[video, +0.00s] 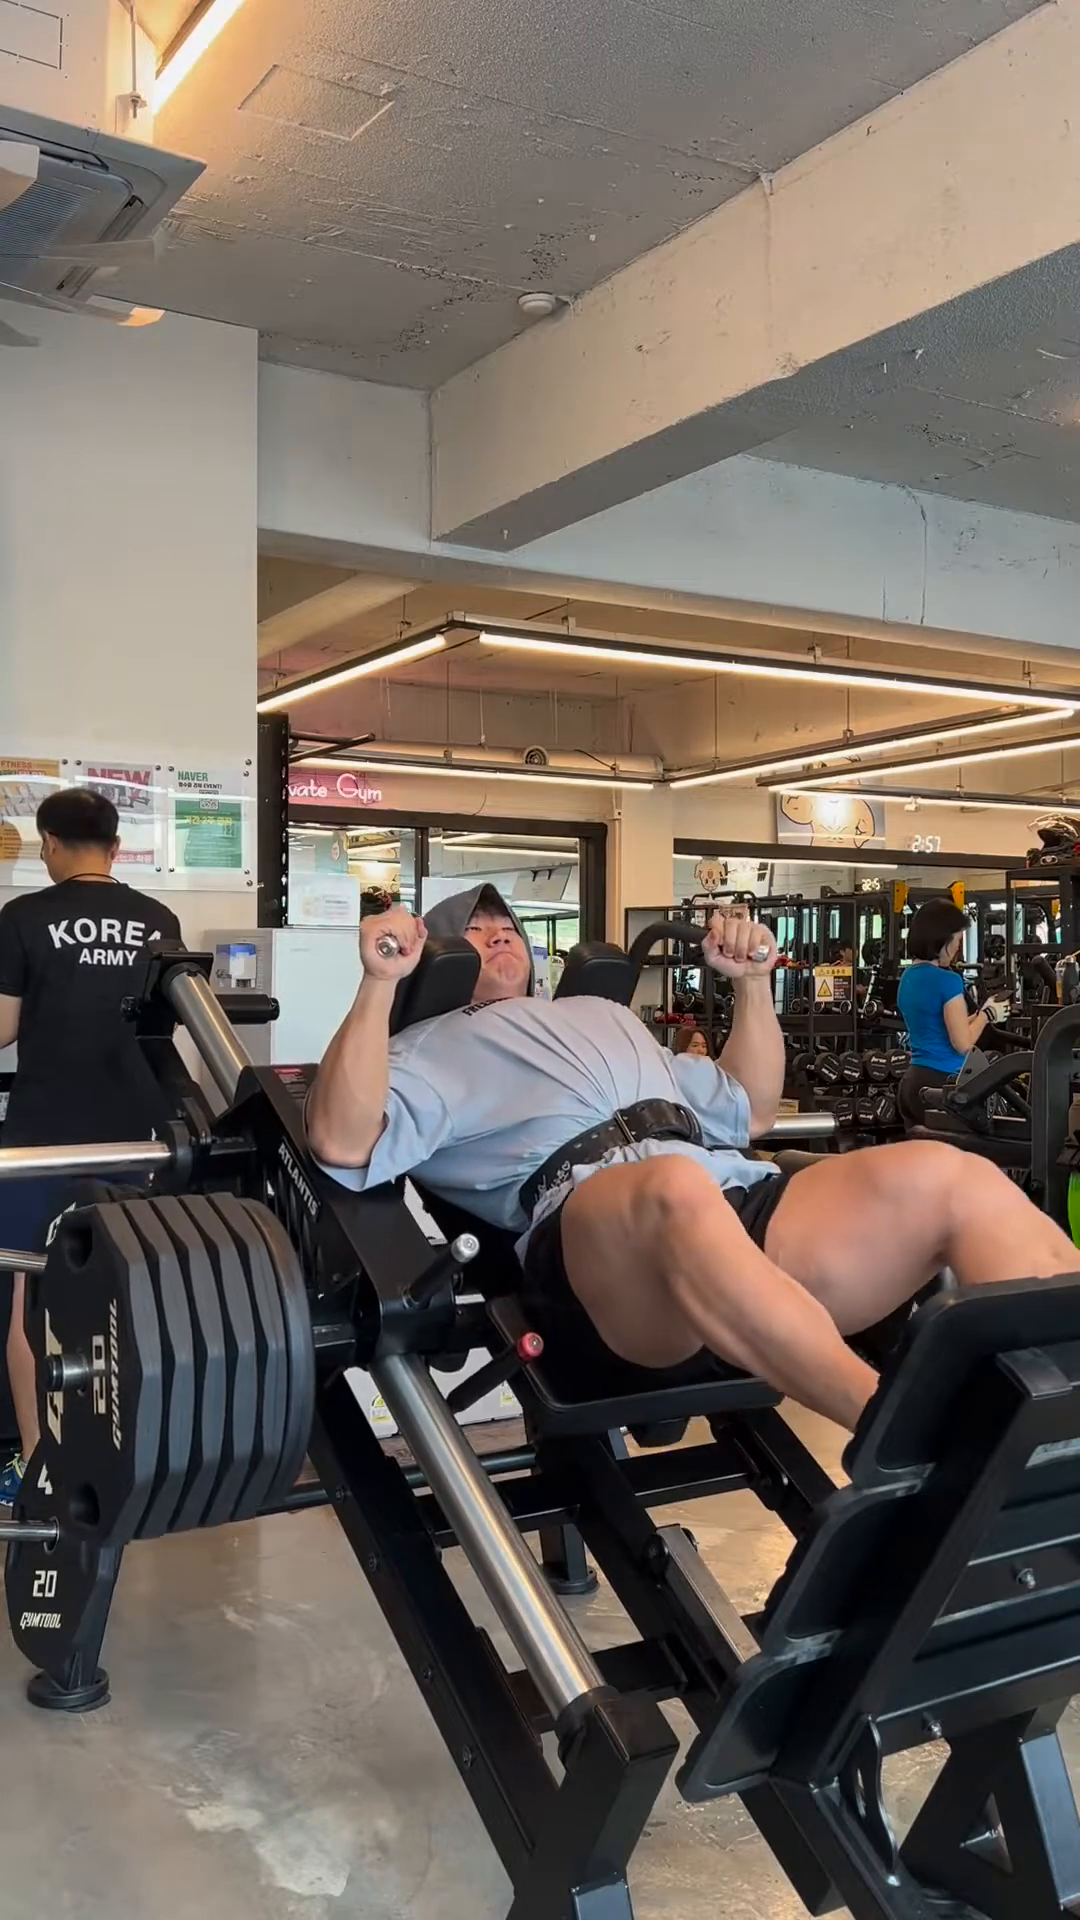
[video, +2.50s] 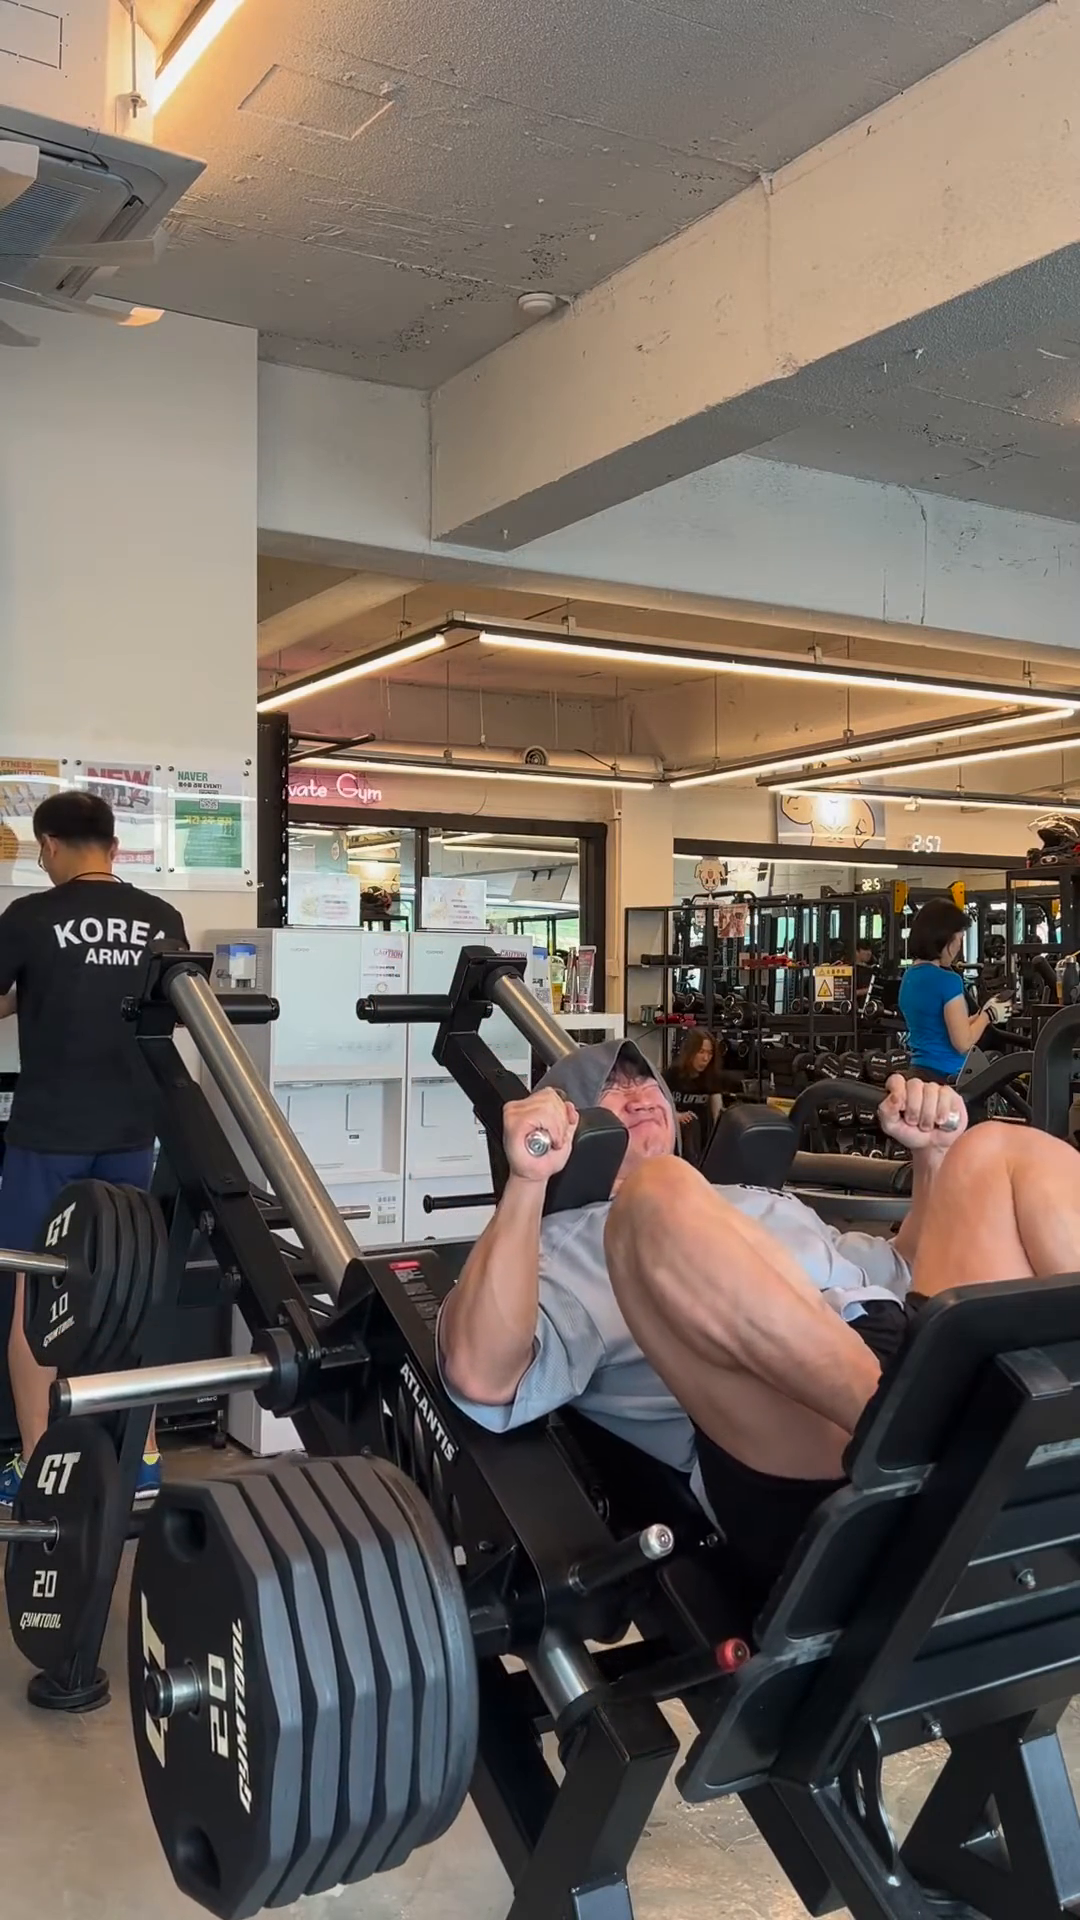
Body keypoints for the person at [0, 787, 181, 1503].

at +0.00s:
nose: (48, 857)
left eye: (45, 847)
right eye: (59, 848)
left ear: (48, 846)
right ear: (116, 849)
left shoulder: (25, 916)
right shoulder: (159, 918)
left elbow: (4, 1027)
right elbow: (173, 1020)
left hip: (44, 1133)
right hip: (139, 1130)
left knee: (21, 1297)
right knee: (128, 1290)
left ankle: (38, 1456)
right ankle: (126, 1448)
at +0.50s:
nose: (47, 857)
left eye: (45, 847)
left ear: (48, 846)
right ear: (115, 848)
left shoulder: (25, 917)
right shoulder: (159, 919)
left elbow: (5, 1027)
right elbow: (172, 1021)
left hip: (46, 1129)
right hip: (136, 1128)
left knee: (30, 1293)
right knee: (125, 1289)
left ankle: (41, 1461)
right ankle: (129, 1453)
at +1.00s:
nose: (49, 858)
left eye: (45, 848)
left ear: (48, 847)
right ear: (115, 848)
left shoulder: (25, 917)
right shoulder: (160, 917)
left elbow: (5, 1029)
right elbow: (175, 1020)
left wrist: (55, 1014)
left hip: (47, 1128)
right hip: (136, 1128)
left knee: (27, 1295)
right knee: (124, 1290)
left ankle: (41, 1462)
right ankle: (126, 1453)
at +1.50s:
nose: (49, 858)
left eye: (46, 848)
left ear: (49, 846)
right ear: (116, 848)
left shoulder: (27, 918)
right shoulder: (161, 918)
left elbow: (7, 1030)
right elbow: (173, 1020)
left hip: (47, 1131)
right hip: (135, 1131)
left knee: (28, 1298)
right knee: (121, 1287)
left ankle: (41, 1463)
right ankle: (124, 1449)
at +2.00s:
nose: (47, 859)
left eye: (44, 849)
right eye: (51, 849)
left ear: (48, 847)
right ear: (116, 848)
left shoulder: (28, 916)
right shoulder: (163, 918)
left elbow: (6, 1020)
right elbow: (178, 1023)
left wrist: (47, 1004)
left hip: (47, 1130)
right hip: (135, 1132)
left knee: (26, 1298)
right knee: (130, 1288)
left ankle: (41, 1462)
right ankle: (138, 1447)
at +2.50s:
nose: (41, 862)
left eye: (40, 852)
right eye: (42, 853)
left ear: (48, 849)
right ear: (114, 848)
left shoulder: (30, 916)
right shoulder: (164, 917)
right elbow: (177, 1010)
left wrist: (35, 988)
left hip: (50, 1130)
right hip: (136, 1131)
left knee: (27, 1298)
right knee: (126, 1287)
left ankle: (40, 1466)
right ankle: (138, 1455)